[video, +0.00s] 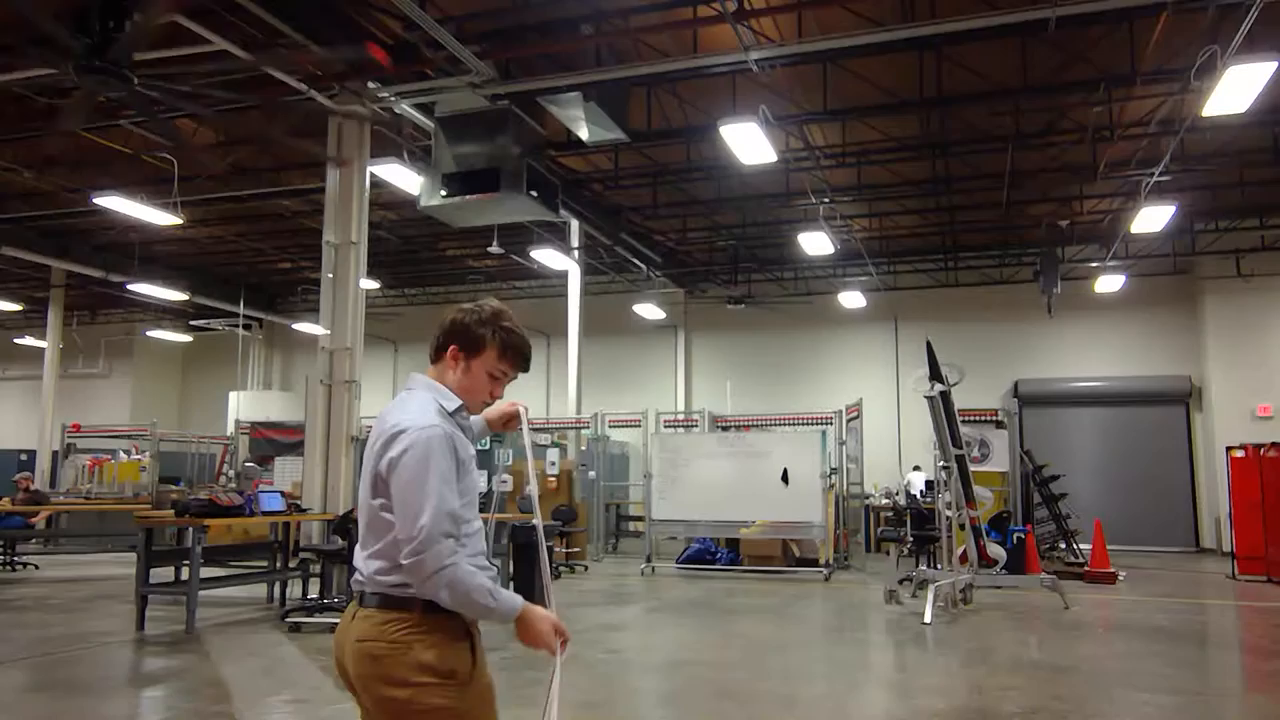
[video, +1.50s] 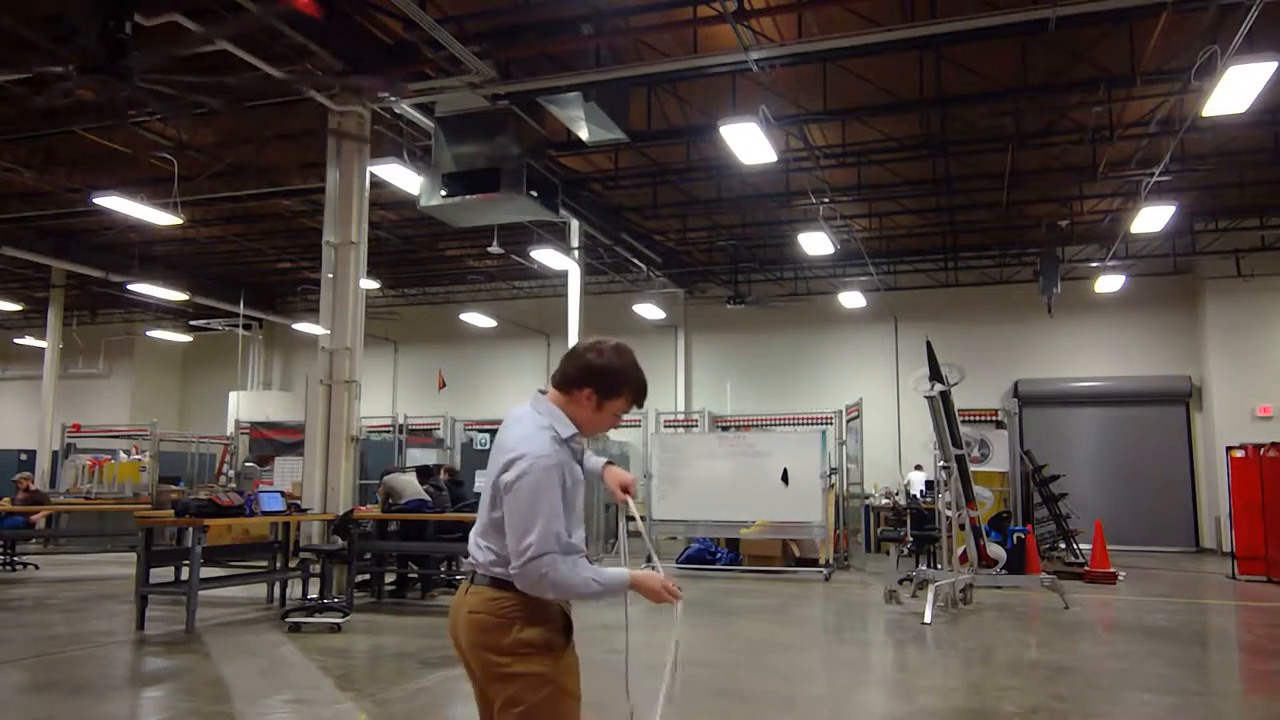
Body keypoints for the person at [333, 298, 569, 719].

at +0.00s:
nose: (498, 394)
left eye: (504, 383)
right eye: (495, 377)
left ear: (452, 360)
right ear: (455, 358)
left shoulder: (406, 411)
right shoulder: (426, 429)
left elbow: (440, 436)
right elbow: (432, 561)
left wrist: (484, 423)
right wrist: (519, 612)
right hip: (414, 637)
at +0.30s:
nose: (509, 402)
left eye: (517, 390)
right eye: (506, 384)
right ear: (468, 362)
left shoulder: (403, 410)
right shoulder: (447, 434)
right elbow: (451, 563)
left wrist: (482, 427)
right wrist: (542, 602)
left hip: (368, 622)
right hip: (426, 636)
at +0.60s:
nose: (541, 408)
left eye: (548, 396)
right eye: (539, 392)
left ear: (496, 372)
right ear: (501, 371)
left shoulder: (433, 413)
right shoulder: (480, 438)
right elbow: (474, 563)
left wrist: (505, 434)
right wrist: (568, 613)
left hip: (395, 619)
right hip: (455, 633)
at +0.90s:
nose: (590, 411)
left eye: (596, 400)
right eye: (589, 396)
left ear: (549, 376)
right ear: (553, 377)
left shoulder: (479, 417)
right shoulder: (528, 440)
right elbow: (524, 561)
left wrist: (549, 434)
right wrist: (606, 634)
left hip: (445, 610)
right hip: (503, 622)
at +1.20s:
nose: (630, 422)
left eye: (636, 413)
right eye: (633, 410)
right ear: (604, 393)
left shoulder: (519, 410)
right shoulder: (556, 457)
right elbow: (502, 571)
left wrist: (585, 437)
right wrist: (558, 650)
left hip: (463, 605)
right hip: (515, 621)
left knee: (483, 714)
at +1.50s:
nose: (616, 425)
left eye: (621, 416)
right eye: (617, 414)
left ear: (583, 396)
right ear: (587, 398)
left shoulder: (527, 420)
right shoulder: (540, 454)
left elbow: (570, 451)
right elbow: (537, 568)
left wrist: (605, 469)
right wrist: (630, 580)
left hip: (482, 600)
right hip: (516, 615)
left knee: (503, 712)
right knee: (543, 712)